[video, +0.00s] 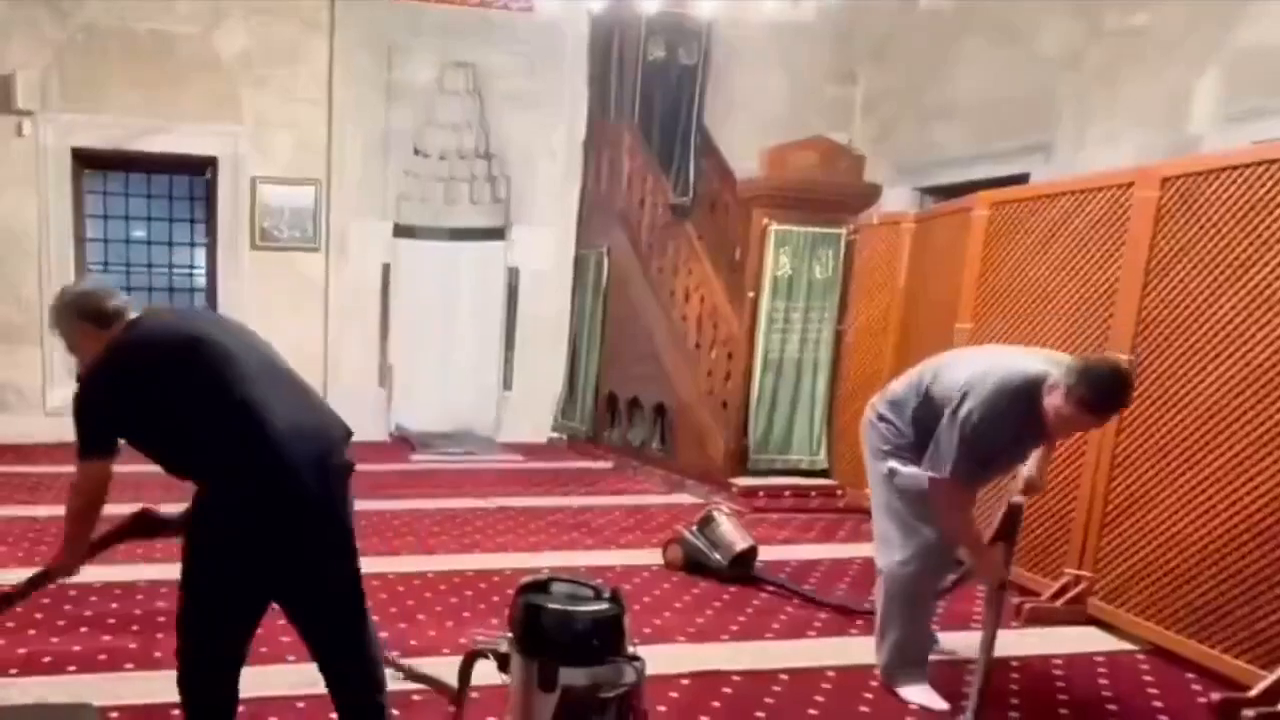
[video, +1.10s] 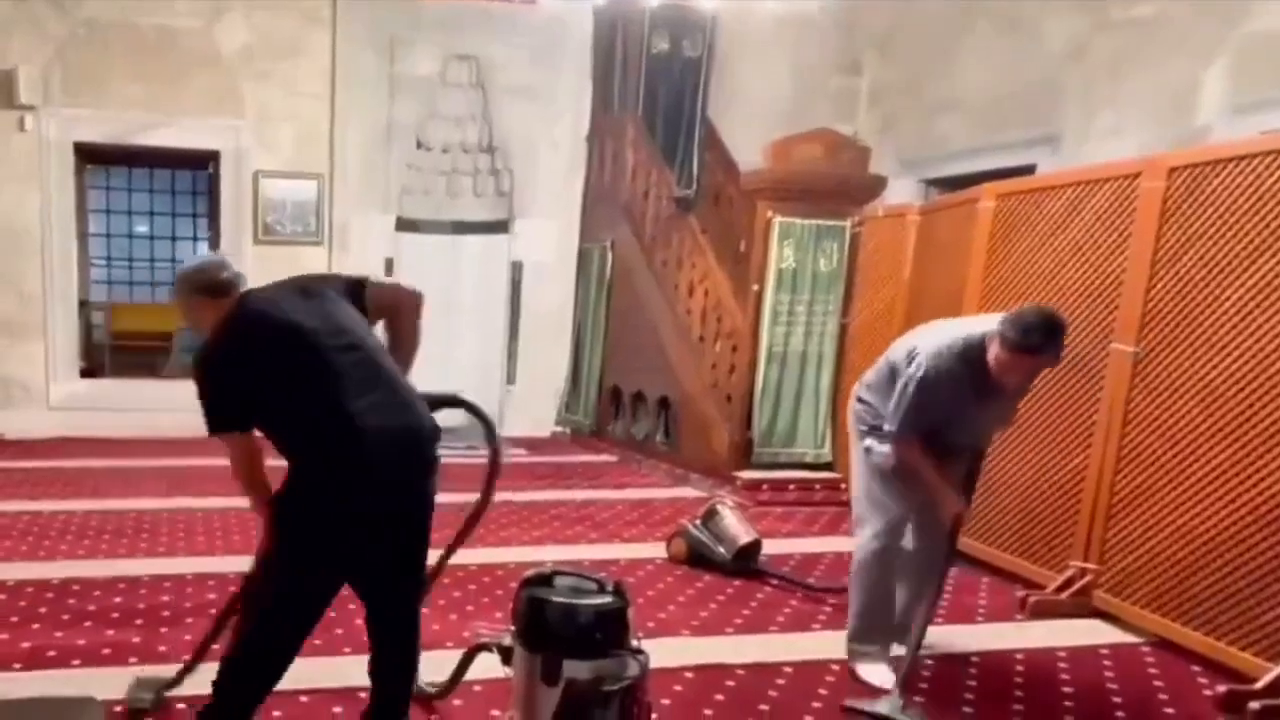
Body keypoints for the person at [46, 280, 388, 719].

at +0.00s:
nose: (76, 364)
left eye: (72, 348)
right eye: (70, 351)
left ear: (85, 332)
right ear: (125, 312)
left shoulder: (101, 379)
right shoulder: (195, 327)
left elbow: (90, 490)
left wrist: (70, 554)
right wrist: (177, 520)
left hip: (247, 490)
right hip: (323, 465)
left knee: (208, 657)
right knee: (344, 639)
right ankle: (368, 709)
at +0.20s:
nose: (60, 375)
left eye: (56, 365)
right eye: (54, 366)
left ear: (67, 351)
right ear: (108, 327)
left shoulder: (84, 395)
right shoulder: (181, 341)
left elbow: (55, 499)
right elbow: (174, 469)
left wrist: (19, 561)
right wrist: (123, 535)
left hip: (228, 497)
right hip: (310, 469)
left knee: (201, 653)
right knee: (344, 636)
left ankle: (206, 715)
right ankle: (370, 709)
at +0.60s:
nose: (87, 371)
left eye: (85, 358)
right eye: (82, 361)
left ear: (95, 343)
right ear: (131, 321)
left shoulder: (112, 386)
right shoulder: (203, 332)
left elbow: (81, 494)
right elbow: (244, 450)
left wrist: (49, 565)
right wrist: (168, 503)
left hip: (246, 489)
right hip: (327, 465)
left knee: (207, 638)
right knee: (351, 627)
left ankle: (208, 715)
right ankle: (372, 710)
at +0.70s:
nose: (106, 370)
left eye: (101, 356)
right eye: (99, 360)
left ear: (113, 335)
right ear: (150, 313)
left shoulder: (127, 385)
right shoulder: (220, 319)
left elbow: (111, 499)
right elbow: (257, 401)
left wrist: (91, 565)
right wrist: (205, 469)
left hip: (256, 494)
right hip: (340, 466)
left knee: (214, 648)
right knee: (358, 631)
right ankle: (374, 712)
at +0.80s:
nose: (129, 355)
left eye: (124, 342)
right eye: (122, 346)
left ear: (137, 327)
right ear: (173, 305)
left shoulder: (151, 376)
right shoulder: (247, 309)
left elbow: (153, 485)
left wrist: (146, 554)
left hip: (275, 488)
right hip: (357, 466)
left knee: (227, 642)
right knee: (369, 637)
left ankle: (217, 715)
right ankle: (378, 708)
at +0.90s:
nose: (160, 340)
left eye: (156, 328)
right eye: (155, 330)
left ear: (167, 317)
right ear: (197, 297)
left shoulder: (178, 367)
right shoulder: (278, 299)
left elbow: (189, 474)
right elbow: (365, 337)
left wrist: (195, 542)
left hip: (299, 483)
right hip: (378, 467)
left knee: (242, 640)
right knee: (381, 639)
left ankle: (218, 712)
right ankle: (386, 713)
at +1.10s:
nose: (195, 329)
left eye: (191, 319)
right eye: (190, 319)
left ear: (199, 307)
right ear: (238, 285)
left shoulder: (219, 356)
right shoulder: (313, 288)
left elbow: (248, 469)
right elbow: (405, 301)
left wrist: (275, 529)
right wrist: (393, 386)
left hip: (334, 468)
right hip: (412, 448)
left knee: (276, 615)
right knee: (396, 610)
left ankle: (225, 711)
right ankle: (389, 712)